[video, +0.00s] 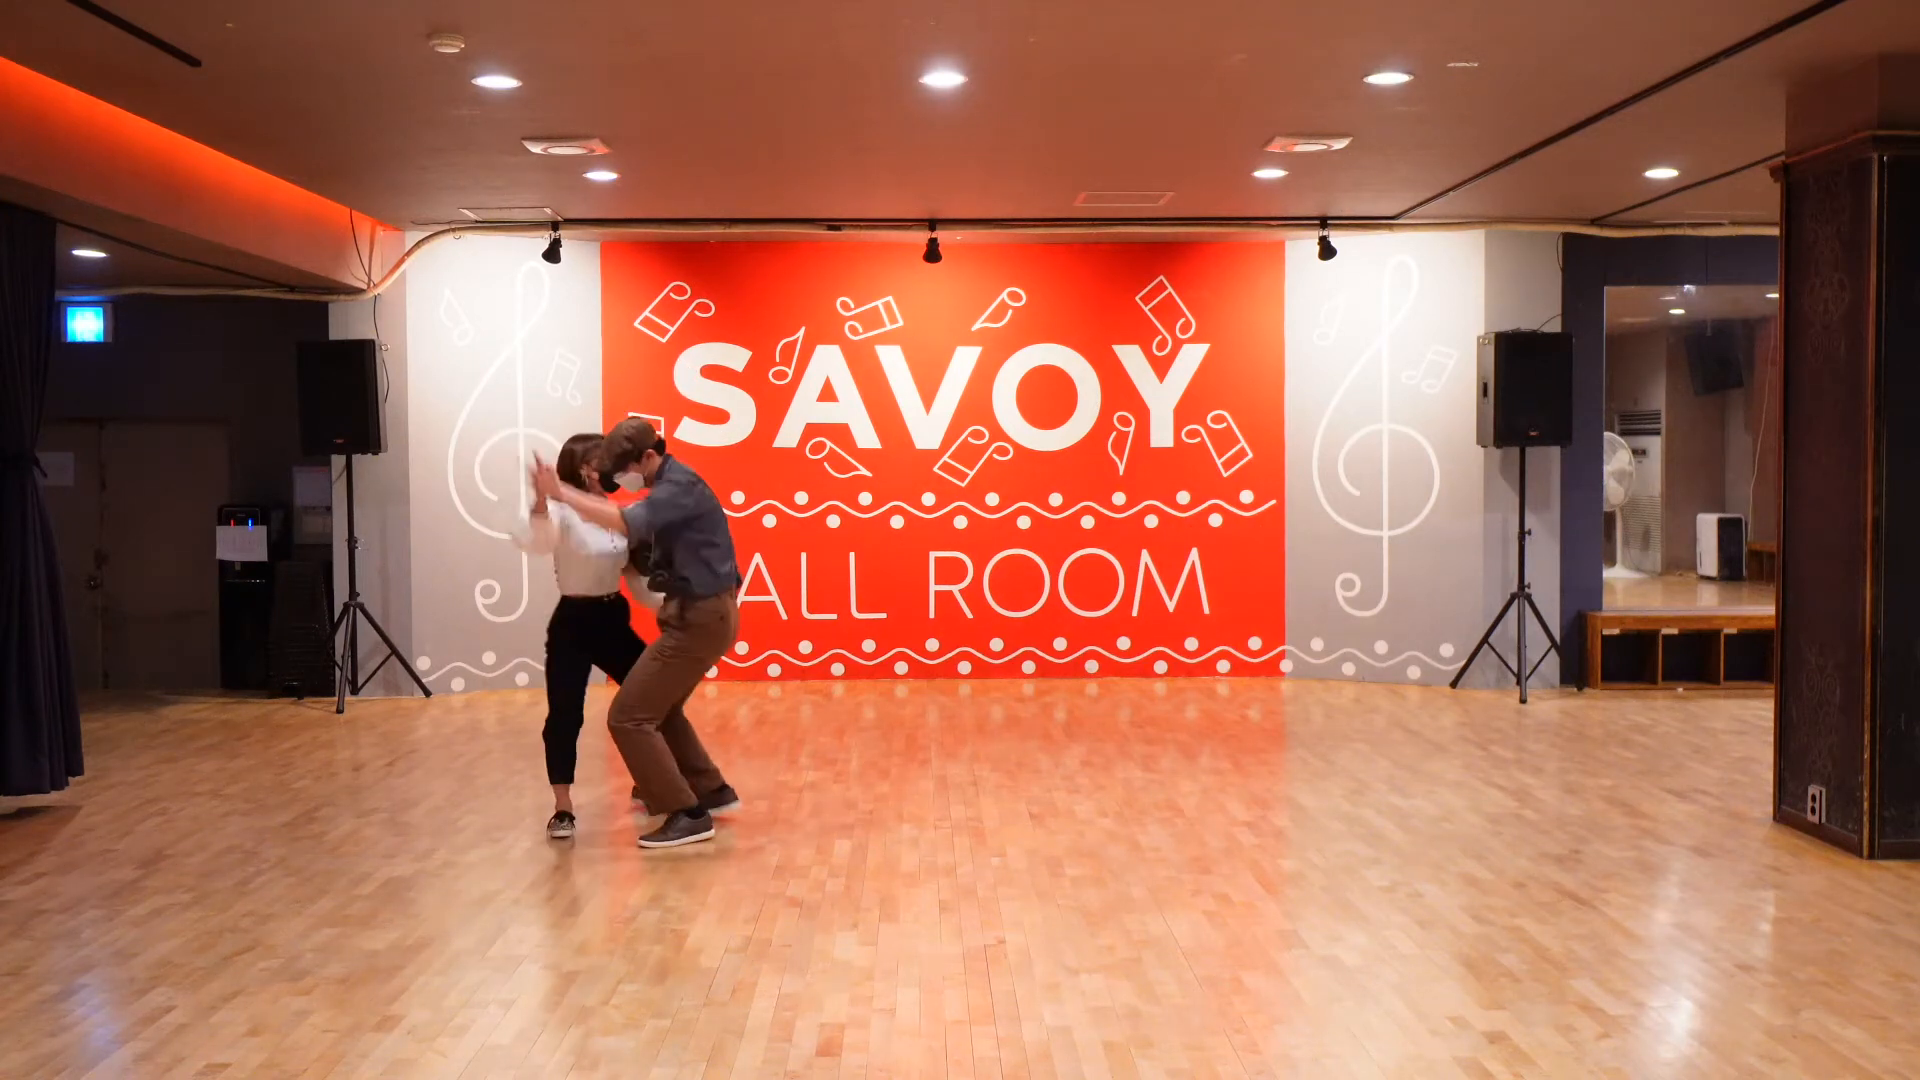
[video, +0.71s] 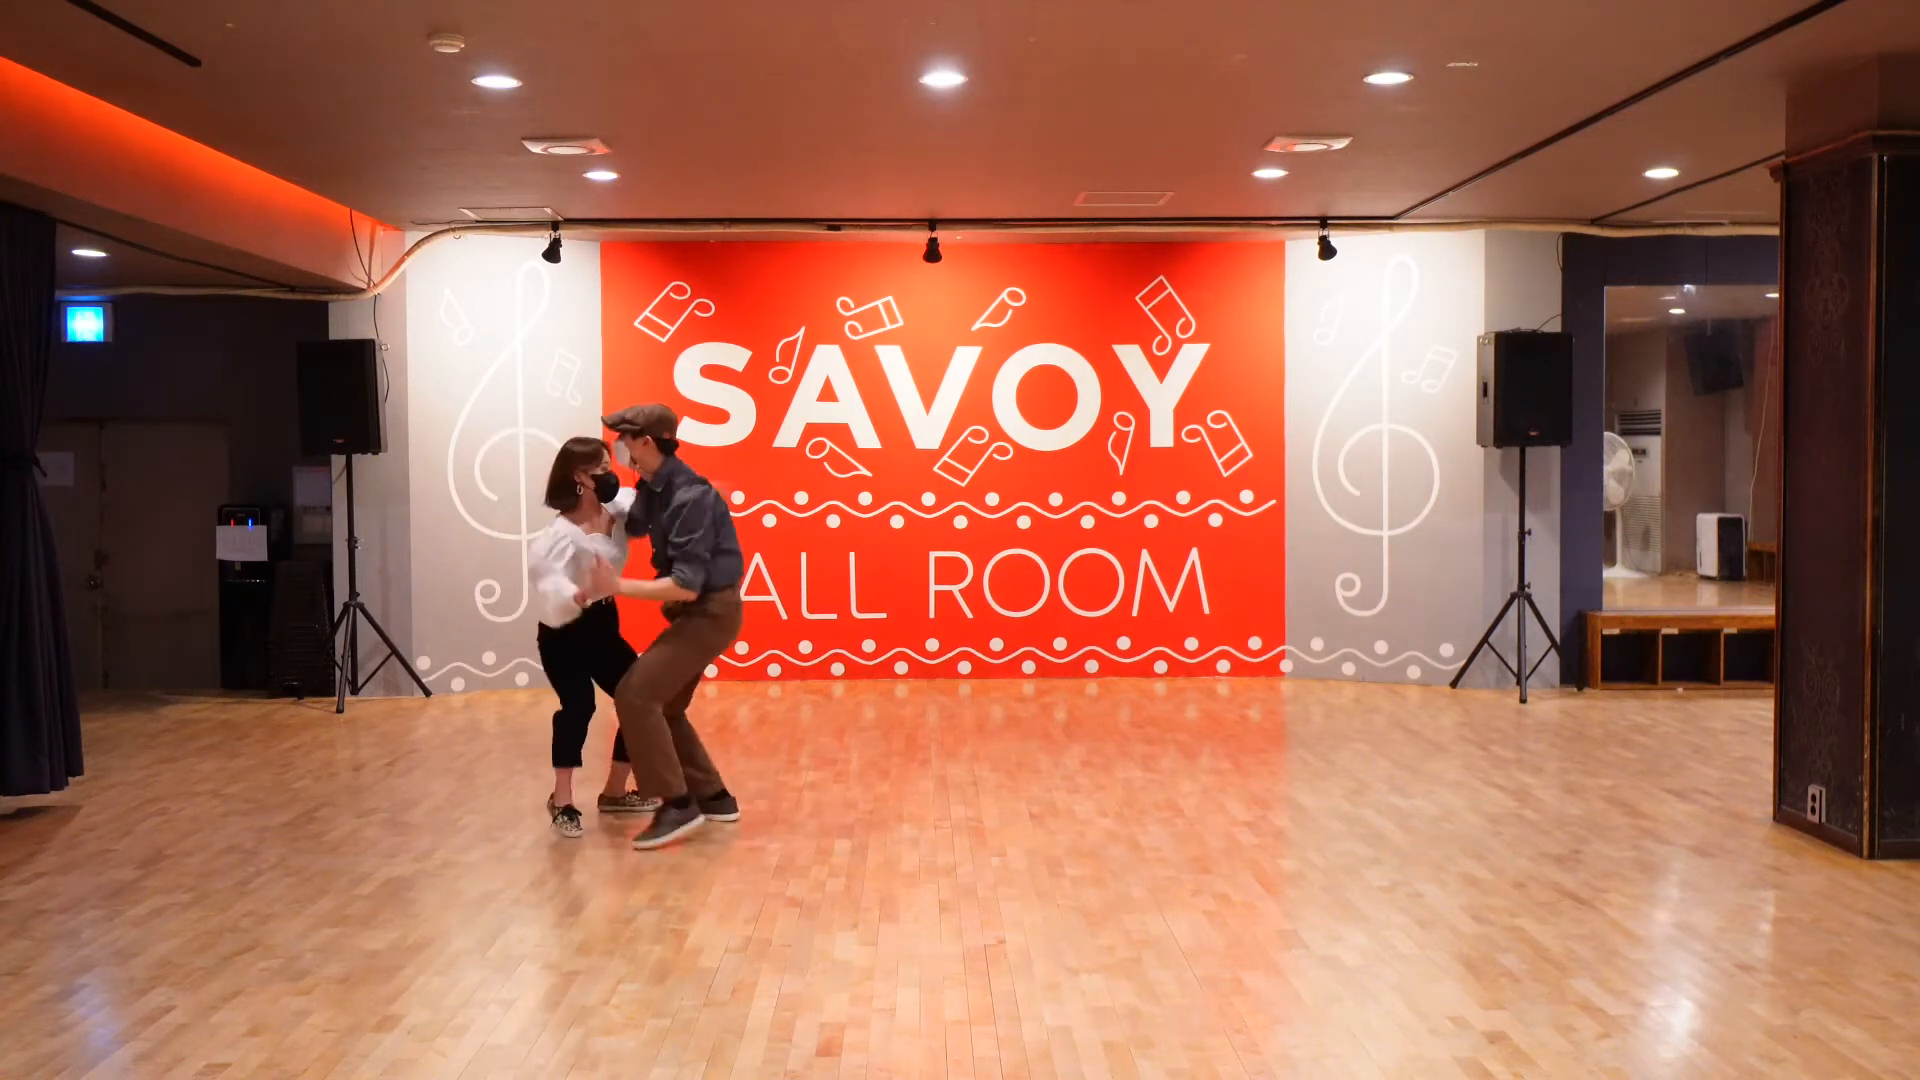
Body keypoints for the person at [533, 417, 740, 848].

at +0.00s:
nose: (628, 480)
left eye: (628, 471)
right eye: (622, 474)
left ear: (647, 457)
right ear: (651, 453)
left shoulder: (677, 488)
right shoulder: (671, 480)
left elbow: (625, 520)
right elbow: (627, 518)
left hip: (703, 618)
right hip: (705, 612)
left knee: (628, 718)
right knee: (657, 707)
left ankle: (684, 814)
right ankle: (709, 787)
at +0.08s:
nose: (613, 461)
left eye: (614, 453)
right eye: (609, 455)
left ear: (631, 448)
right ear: (652, 443)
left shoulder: (673, 467)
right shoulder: (663, 496)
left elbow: (612, 462)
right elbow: (634, 557)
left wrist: (547, 432)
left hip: (703, 605)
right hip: (708, 602)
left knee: (630, 713)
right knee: (649, 696)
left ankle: (685, 813)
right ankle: (686, 786)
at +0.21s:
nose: (615, 474)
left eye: (613, 462)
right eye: (609, 468)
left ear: (631, 442)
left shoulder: (664, 450)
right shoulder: (663, 504)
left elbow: (614, 412)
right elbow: (627, 557)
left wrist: (546, 384)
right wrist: (573, 546)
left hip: (695, 597)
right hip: (724, 599)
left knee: (633, 712)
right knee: (640, 692)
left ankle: (687, 816)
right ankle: (619, 785)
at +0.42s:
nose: (614, 462)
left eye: (617, 452)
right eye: (613, 453)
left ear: (635, 442)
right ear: (653, 438)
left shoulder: (670, 460)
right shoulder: (665, 501)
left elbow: (604, 457)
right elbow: (631, 564)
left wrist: (561, 415)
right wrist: (573, 560)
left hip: (701, 610)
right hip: (708, 609)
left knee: (633, 719)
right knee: (636, 706)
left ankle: (683, 818)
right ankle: (651, 793)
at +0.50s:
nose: (625, 462)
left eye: (628, 452)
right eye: (622, 455)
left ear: (651, 446)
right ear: (654, 448)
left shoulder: (675, 480)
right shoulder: (670, 488)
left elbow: (609, 515)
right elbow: (636, 565)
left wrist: (575, 466)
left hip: (704, 619)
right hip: (700, 616)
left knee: (628, 721)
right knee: (650, 706)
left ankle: (682, 819)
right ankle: (692, 792)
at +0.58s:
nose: (622, 456)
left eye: (628, 447)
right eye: (621, 448)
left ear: (653, 448)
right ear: (653, 450)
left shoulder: (680, 495)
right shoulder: (665, 494)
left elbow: (640, 567)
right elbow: (641, 563)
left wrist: (593, 523)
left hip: (705, 628)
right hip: (693, 625)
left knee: (629, 720)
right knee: (655, 714)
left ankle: (683, 819)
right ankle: (711, 798)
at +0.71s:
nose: (621, 449)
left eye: (626, 441)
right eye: (621, 442)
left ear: (649, 442)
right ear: (649, 444)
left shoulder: (692, 496)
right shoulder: (654, 485)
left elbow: (685, 586)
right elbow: (632, 526)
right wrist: (597, 508)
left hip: (714, 612)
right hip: (696, 609)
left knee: (636, 694)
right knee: (664, 708)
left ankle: (675, 804)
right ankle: (712, 797)